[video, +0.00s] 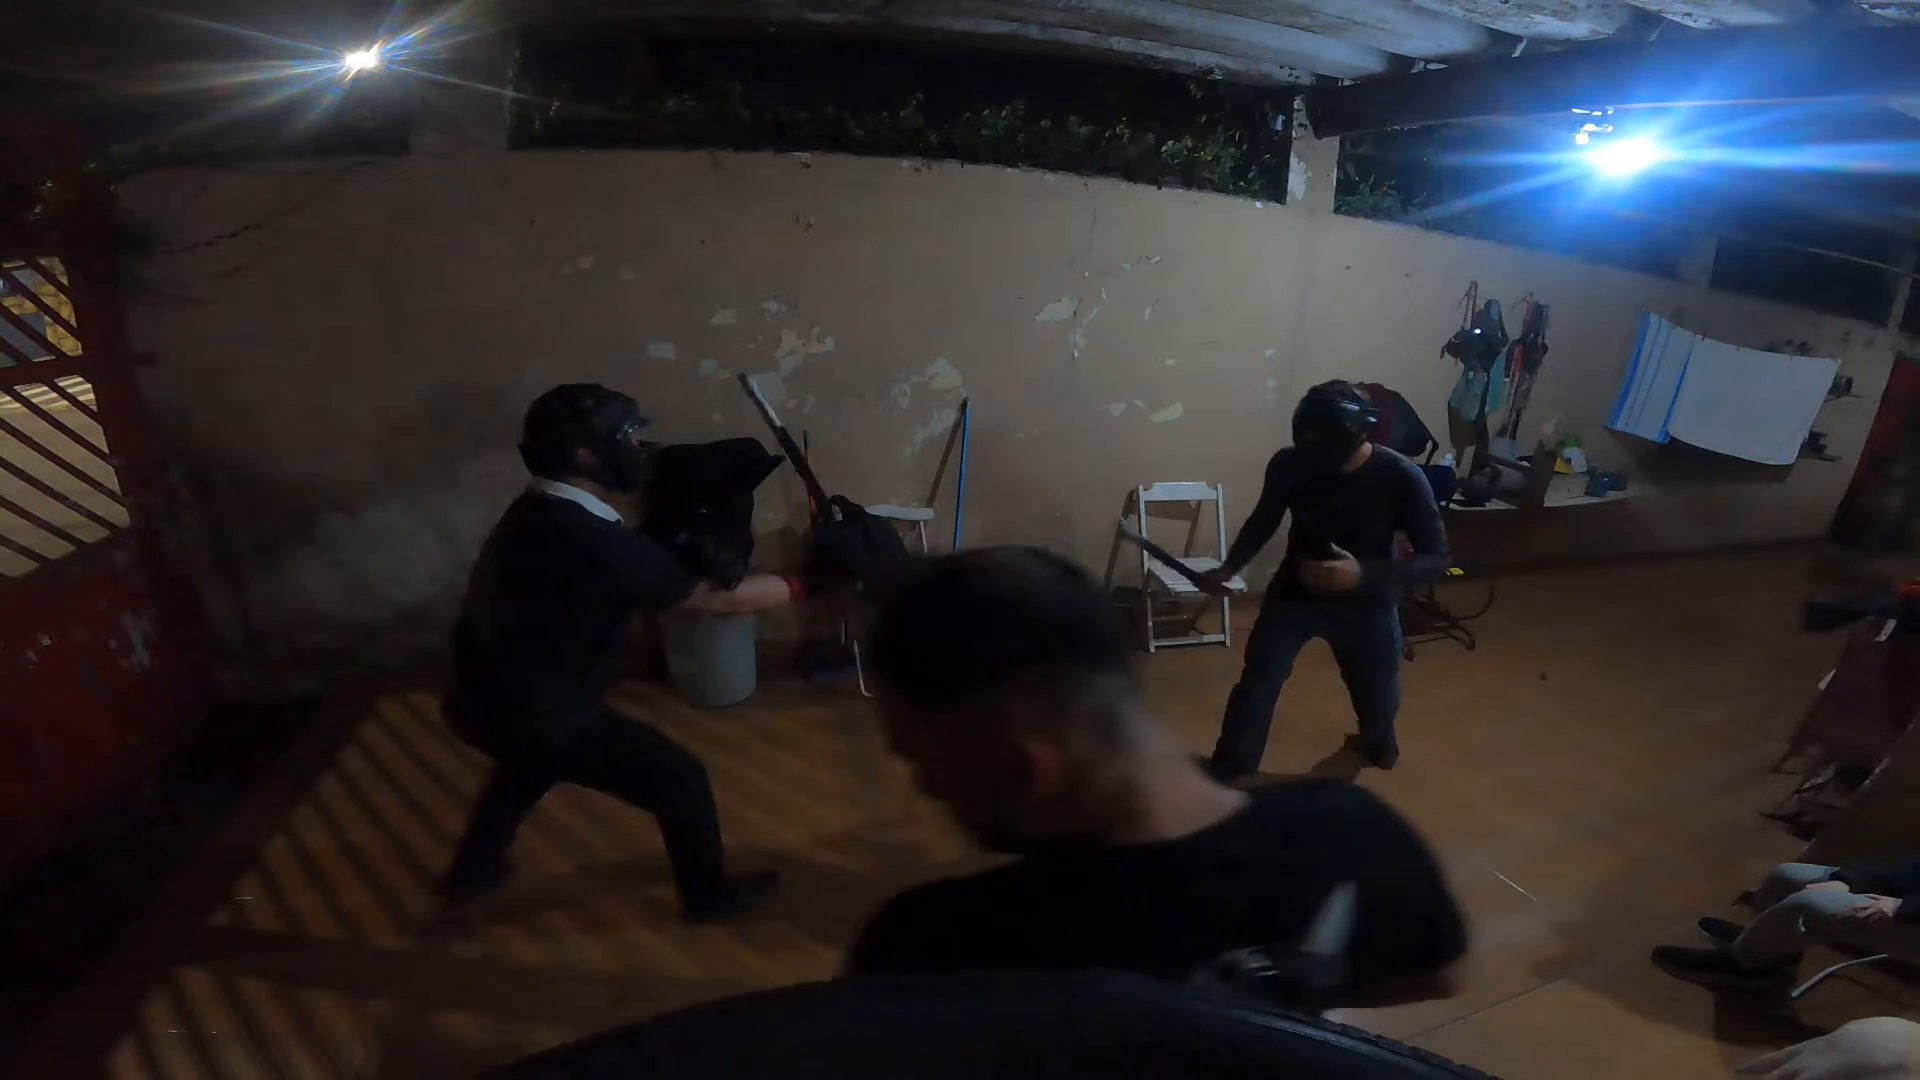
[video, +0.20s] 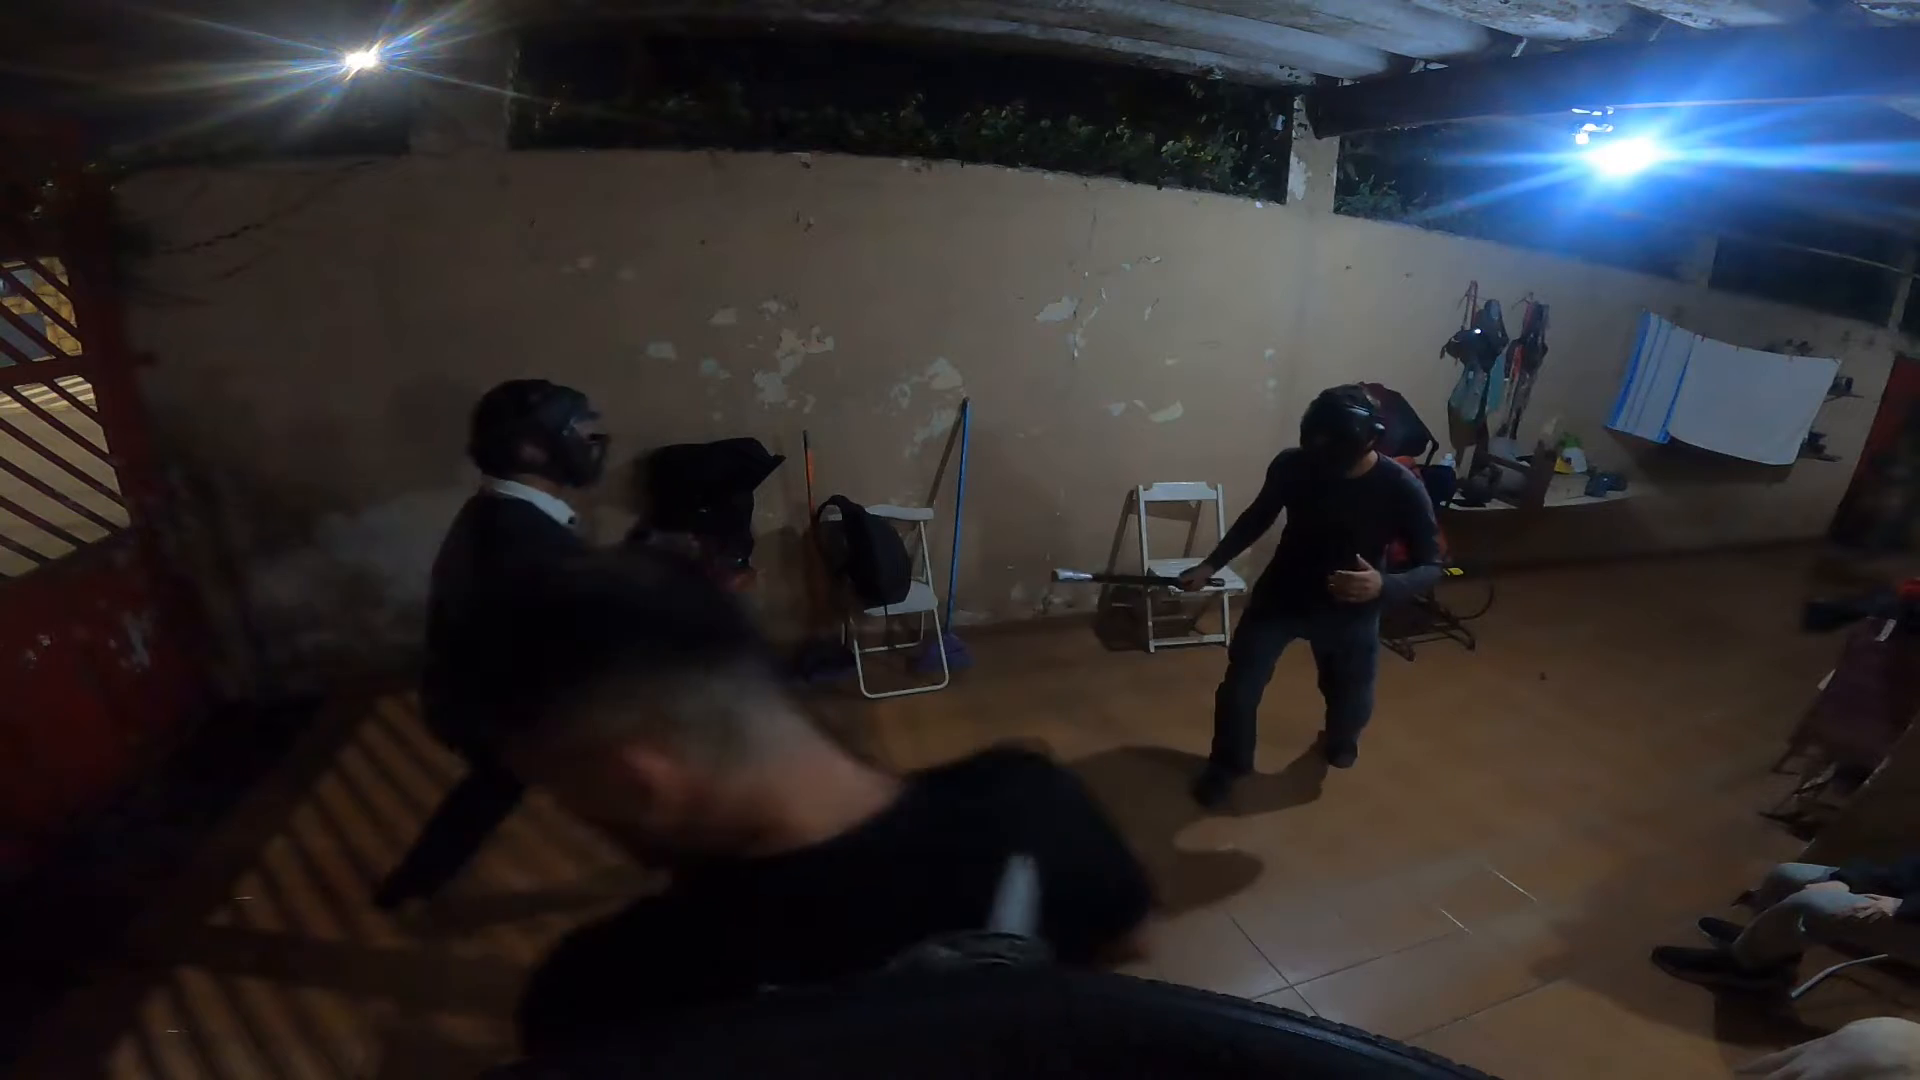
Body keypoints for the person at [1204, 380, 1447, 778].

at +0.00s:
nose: (1312, 460)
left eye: (1321, 452)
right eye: (1307, 450)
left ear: (1352, 441)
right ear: (1302, 438)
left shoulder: (1403, 479)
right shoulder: (1290, 467)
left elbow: (1434, 561)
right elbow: (1264, 521)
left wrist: (1364, 574)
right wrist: (1229, 567)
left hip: (1367, 603)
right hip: (1295, 593)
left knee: (1378, 693)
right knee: (1259, 678)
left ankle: (1380, 743)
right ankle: (1230, 769)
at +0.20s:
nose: (1321, 465)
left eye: (1332, 458)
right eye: (1316, 453)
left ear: (1366, 448)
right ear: (1309, 441)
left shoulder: (1402, 489)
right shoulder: (1292, 468)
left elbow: (1430, 568)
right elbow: (1256, 518)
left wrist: (1385, 585)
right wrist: (1208, 566)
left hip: (1352, 605)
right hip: (1284, 591)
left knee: (1352, 702)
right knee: (1239, 687)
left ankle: (1341, 741)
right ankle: (1228, 763)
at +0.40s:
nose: (1327, 466)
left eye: (1338, 460)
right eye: (1322, 456)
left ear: (1369, 450)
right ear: (1315, 439)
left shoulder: (1400, 492)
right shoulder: (1291, 464)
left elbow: (1416, 578)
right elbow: (1261, 515)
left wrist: (1360, 584)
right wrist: (1219, 566)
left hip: (1345, 605)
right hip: (1277, 591)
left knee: (1342, 701)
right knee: (1239, 687)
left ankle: (1340, 743)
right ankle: (1229, 764)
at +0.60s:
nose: (1296, 460)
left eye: (1304, 452)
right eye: (1291, 450)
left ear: (1329, 440)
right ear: (1288, 440)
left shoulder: (1377, 482)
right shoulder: (1276, 463)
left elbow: (1417, 566)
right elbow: (1250, 514)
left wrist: (1362, 604)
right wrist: (1206, 560)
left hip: (1339, 598)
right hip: (1274, 585)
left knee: (1341, 701)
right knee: (1216, 675)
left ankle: (1338, 741)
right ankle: (1216, 760)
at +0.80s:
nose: (1217, 466)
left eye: (1223, 457)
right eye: (1214, 458)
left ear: (1257, 445)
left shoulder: (1309, 481)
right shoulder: (1230, 480)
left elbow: (1394, 542)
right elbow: (1218, 534)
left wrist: (1402, 616)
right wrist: (1166, 573)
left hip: (1318, 607)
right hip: (1257, 596)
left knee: (1329, 698)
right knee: (1198, 662)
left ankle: (1340, 746)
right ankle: (1161, 748)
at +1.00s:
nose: (1228, 471)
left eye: (1236, 461)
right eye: (1219, 461)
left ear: (1259, 448)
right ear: (1207, 452)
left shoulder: (1295, 485)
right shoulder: (1199, 473)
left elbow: (1357, 563)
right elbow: (1185, 528)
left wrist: (1329, 617)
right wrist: (1146, 577)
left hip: (1282, 599)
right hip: (1219, 589)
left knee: (1280, 714)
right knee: (1161, 681)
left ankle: (1292, 758)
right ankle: (1164, 747)